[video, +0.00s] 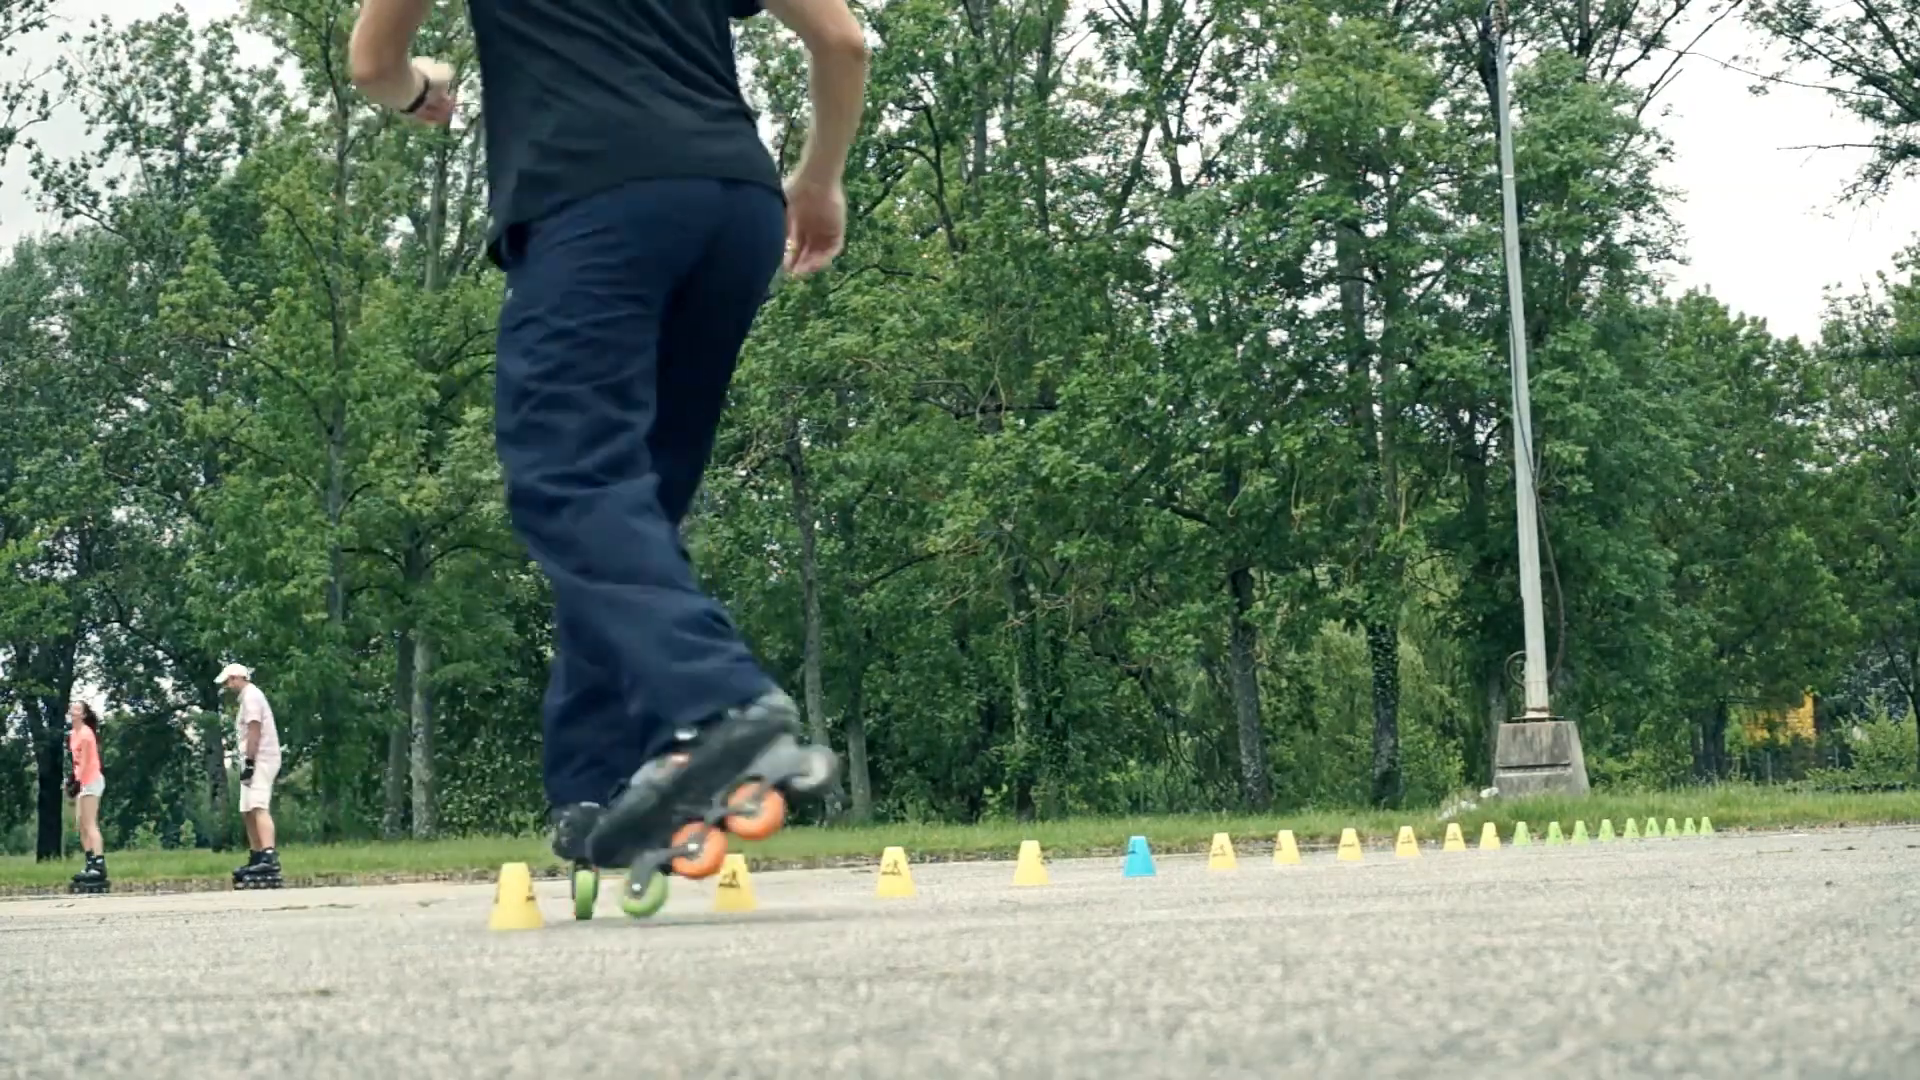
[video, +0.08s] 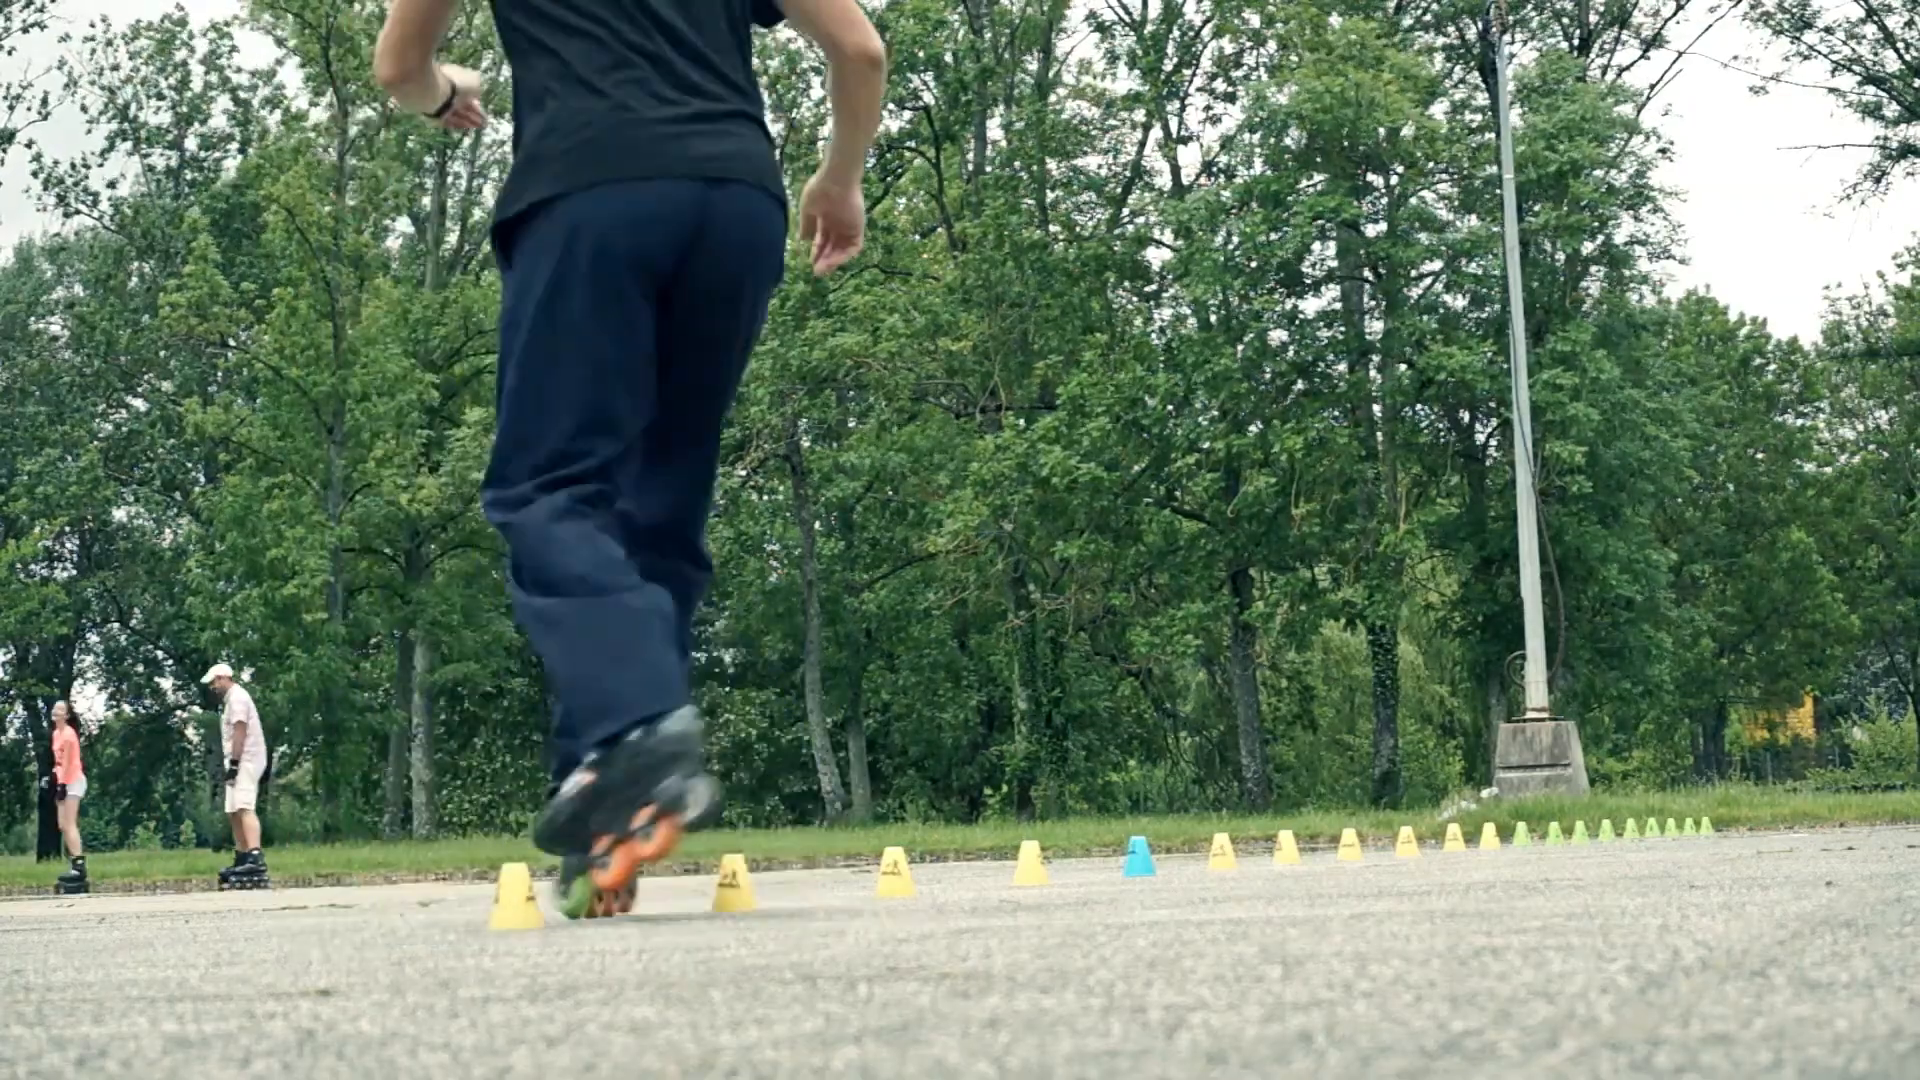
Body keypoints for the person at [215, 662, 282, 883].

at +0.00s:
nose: (227, 686)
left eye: (228, 681)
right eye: (226, 682)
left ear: (238, 677)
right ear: (236, 679)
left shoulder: (251, 695)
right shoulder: (247, 697)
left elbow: (254, 728)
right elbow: (251, 731)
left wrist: (249, 760)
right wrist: (247, 759)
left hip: (263, 756)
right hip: (253, 756)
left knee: (258, 806)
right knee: (247, 809)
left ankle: (268, 854)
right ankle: (256, 855)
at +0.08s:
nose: (212, 687)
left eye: (214, 682)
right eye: (211, 683)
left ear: (225, 678)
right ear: (221, 680)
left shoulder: (237, 696)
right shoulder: (231, 699)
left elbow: (240, 729)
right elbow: (236, 732)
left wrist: (234, 761)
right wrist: (229, 760)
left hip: (248, 756)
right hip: (237, 757)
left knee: (244, 806)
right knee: (233, 808)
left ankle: (254, 855)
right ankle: (242, 855)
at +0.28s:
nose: (179, 685)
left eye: (181, 680)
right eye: (178, 682)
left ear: (190, 678)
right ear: (188, 680)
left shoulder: (203, 696)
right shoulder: (197, 699)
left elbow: (207, 730)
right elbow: (202, 730)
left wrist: (198, 759)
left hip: (213, 758)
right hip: (203, 758)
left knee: (209, 806)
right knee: (197, 809)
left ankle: (220, 857)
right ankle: (207, 856)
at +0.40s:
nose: (157, 686)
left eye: (159, 681)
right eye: (156, 682)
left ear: (170, 679)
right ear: (168, 680)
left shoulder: (182, 698)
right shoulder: (177, 699)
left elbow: (187, 731)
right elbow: (184, 732)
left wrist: (179, 761)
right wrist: (175, 759)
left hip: (191, 760)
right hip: (181, 761)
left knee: (187, 809)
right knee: (177, 811)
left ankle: (197, 858)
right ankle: (185, 857)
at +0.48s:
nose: (145, 685)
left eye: (147, 680)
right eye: (144, 681)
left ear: (158, 679)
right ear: (154, 681)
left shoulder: (169, 699)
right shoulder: (163, 700)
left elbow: (175, 731)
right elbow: (170, 734)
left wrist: (168, 762)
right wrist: (163, 762)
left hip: (176, 760)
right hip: (166, 761)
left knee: (172, 810)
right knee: (163, 812)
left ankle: (182, 859)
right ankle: (171, 858)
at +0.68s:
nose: (112, 685)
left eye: (114, 680)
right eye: (111, 681)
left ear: (124, 679)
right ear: (121, 680)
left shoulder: (134, 700)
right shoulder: (129, 701)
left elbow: (140, 733)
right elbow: (134, 736)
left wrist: (140, 766)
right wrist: (129, 766)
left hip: (139, 761)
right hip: (130, 761)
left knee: (138, 811)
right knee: (128, 812)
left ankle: (148, 860)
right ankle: (137, 859)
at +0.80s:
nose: (89, 685)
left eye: (91, 680)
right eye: (88, 681)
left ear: (102, 680)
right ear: (100, 681)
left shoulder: (113, 701)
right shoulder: (108, 702)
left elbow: (118, 734)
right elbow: (113, 736)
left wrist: (118, 767)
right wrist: (110, 766)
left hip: (121, 760)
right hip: (110, 760)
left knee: (117, 811)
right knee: (108, 813)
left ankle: (129, 859)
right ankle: (116, 858)